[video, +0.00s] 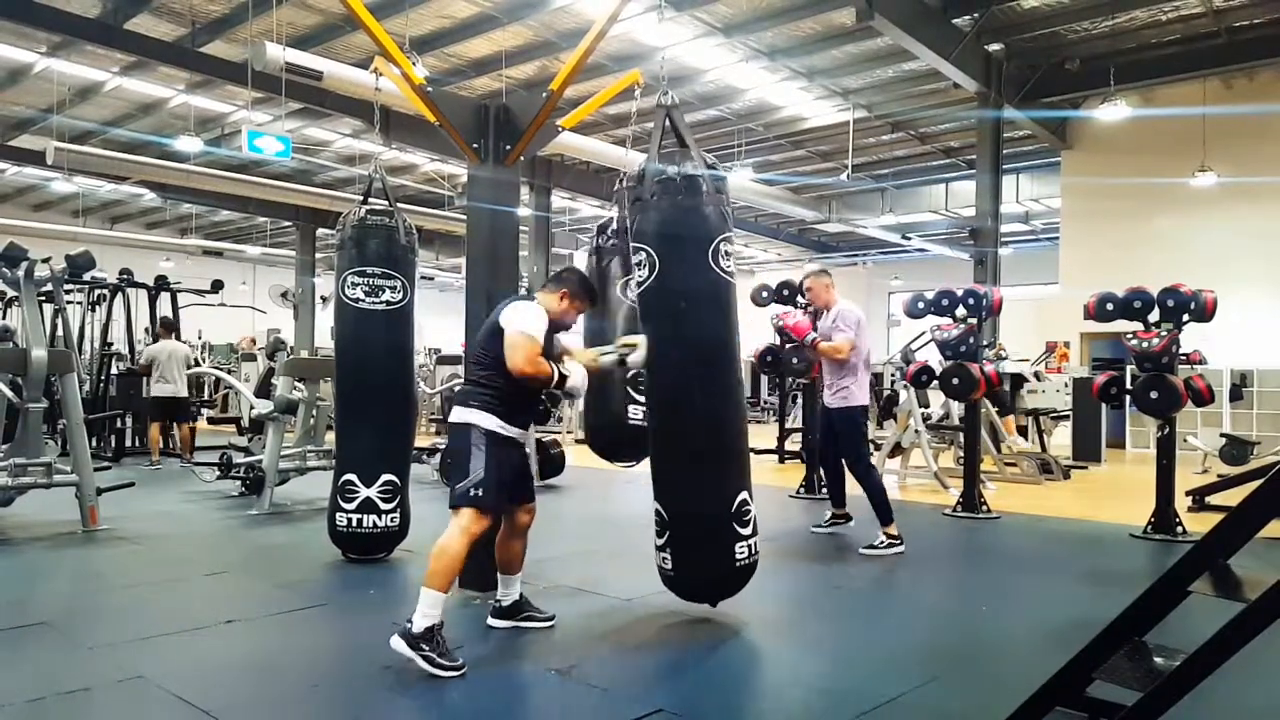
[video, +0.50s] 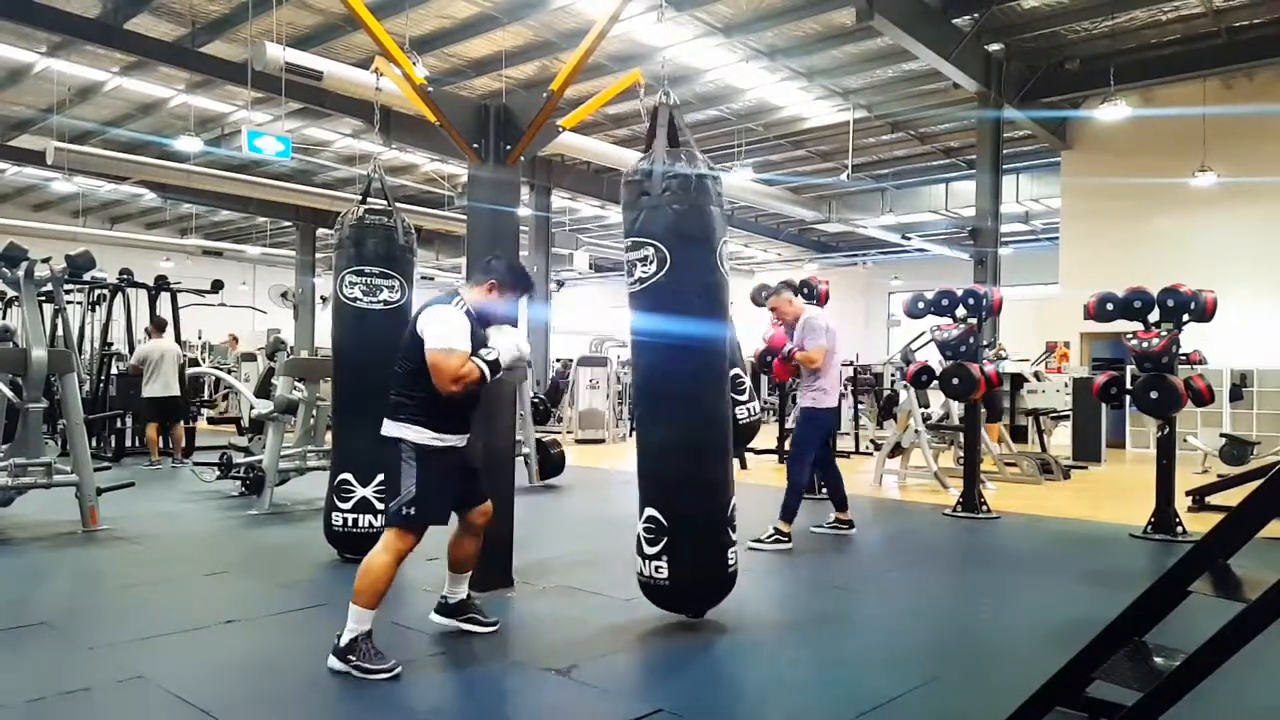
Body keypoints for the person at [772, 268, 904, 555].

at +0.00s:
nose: (808, 297)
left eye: (810, 290)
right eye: (805, 293)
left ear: (828, 286)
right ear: (820, 291)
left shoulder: (847, 313)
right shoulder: (824, 317)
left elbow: (842, 352)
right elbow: (819, 353)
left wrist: (809, 337)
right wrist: (797, 333)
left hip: (850, 403)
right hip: (831, 402)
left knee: (859, 465)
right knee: (828, 458)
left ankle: (891, 533)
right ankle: (839, 512)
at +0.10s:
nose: (802, 303)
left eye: (805, 296)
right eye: (800, 298)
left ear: (823, 291)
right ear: (818, 294)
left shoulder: (842, 317)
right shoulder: (820, 323)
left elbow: (841, 356)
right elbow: (818, 363)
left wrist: (809, 343)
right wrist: (789, 348)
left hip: (842, 404)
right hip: (827, 403)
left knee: (836, 464)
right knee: (829, 463)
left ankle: (882, 525)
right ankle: (842, 518)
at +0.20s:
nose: (796, 307)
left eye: (797, 300)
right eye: (794, 302)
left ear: (814, 293)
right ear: (811, 296)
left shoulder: (835, 316)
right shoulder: (820, 322)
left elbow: (842, 355)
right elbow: (819, 364)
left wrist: (813, 346)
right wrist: (790, 355)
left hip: (837, 397)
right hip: (828, 397)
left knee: (816, 454)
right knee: (829, 456)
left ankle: (853, 515)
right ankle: (843, 517)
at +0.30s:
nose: (792, 310)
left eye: (792, 303)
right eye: (788, 306)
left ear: (807, 294)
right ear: (800, 300)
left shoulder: (829, 314)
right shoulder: (814, 320)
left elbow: (835, 354)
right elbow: (815, 356)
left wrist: (801, 339)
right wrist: (788, 339)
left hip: (833, 394)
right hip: (827, 394)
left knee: (810, 452)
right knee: (832, 455)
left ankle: (818, 525)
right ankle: (844, 517)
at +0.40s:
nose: (785, 315)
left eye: (786, 309)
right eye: (782, 311)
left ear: (800, 300)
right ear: (793, 305)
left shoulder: (822, 321)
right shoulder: (805, 326)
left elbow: (824, 359)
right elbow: (802, 359)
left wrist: (795, 345)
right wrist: (774, 347)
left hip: (826, 405)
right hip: (818, 404)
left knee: (809, 463)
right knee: (835, 462)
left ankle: (788, 528)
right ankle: (845, 518)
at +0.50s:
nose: (777, 318)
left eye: (777, 311)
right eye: (773, 312)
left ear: (793, 301)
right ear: (790, 304)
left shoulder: (813, 321)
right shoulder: (802, 325)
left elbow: (814, 360)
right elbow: (805, 364)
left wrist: (787, 349)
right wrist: (787, 367)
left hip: (816, 406)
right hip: (819, 405)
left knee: (797, 463)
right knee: (825, 462)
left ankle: (783, 529)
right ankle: (843, 517)